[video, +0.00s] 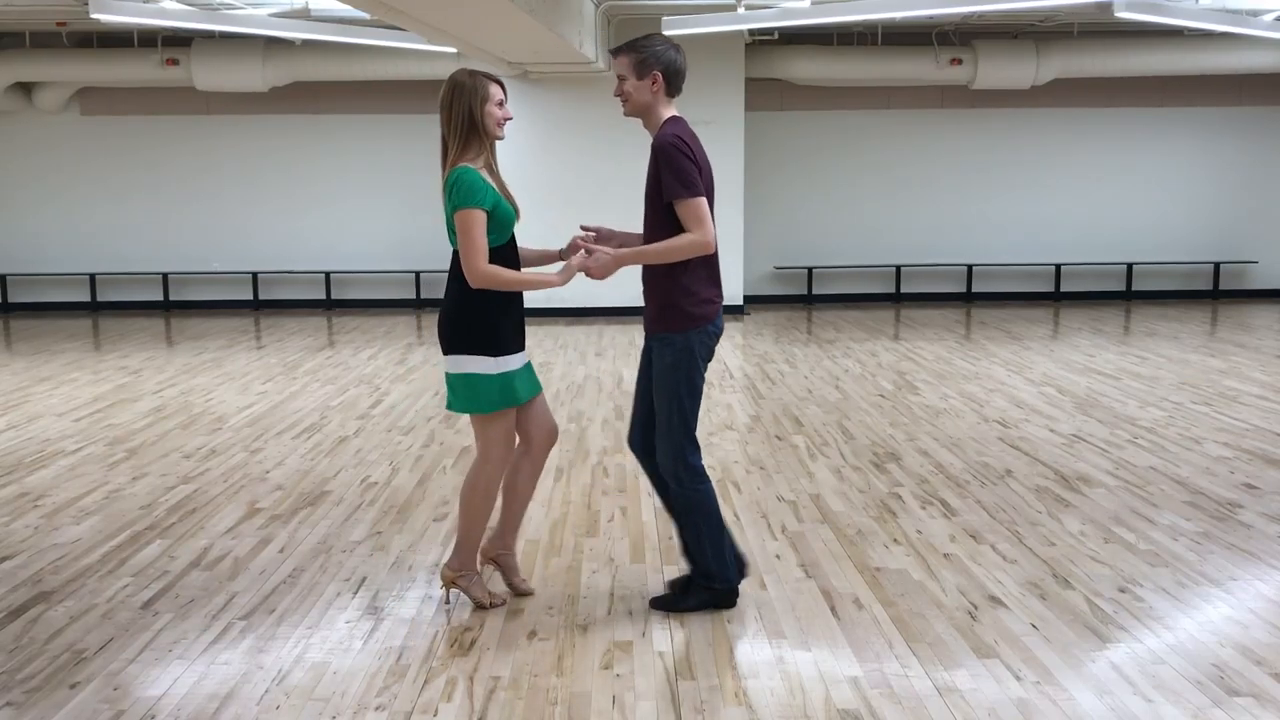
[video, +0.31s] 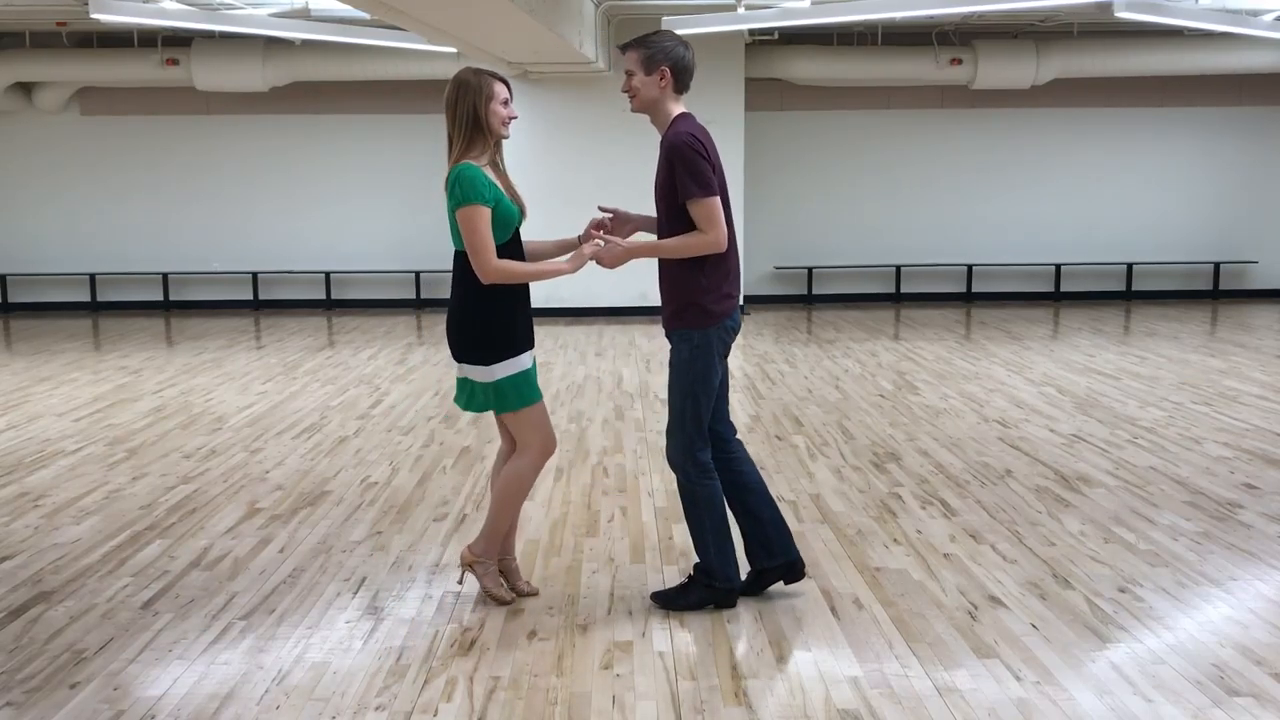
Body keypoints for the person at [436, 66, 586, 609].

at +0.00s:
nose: (507, 113)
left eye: (505, 104)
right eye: (498, 104)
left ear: (478, 113)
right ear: (472, 112)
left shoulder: (484, 174)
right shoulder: (469, 178)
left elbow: (503, 256)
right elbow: (476, 271)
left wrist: (561, 252)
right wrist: (551, 280)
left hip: (500, 332)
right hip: (475, 335)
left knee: (540, 434)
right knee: (496, 448)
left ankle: (502, 543)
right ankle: (461, 564)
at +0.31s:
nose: (511, 111)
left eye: (510, 102)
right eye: (502, 102)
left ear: (490, 111)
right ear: (476, 110)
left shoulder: (487, 171)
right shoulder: (469, 177)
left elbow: (515, 250)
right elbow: (487, 269)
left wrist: (575, 243)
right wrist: (566, 266)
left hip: (499, 326)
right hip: (489, 332)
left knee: (513, 443)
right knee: (539, 442)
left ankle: (504, 553)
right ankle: (483, 551)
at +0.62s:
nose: (502, 112)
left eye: (500, 103)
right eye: (492, 103)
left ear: (482, 109)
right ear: (466, 110)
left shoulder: (478, 174)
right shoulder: (462, 177)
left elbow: (499, 252)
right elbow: (481, 267)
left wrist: (558, 245)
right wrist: (555, 250)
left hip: (489, 332)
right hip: (469, 335)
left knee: (524, 439)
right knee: (489, 450)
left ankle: (461, 539)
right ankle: (475, 567)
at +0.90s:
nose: (480, 111)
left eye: (479, 102)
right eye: (470, 102)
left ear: (469, 111)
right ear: (442, 109)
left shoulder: (458, 172)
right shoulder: (432, 176)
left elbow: (475, 252)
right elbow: (455, 263)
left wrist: (532, 249)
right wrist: (518, 223)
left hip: (450, 328)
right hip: (442, 333)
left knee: (456, 444)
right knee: (494, 437)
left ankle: (418, 552)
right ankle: (477, 558)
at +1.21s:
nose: (455, 113)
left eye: (454, 105)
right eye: (446, 105)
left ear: (437, 113)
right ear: (421, 112)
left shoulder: (430, 173)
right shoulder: (410, 178)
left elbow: (428, 260)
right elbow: (403, 267)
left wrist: (482, 271)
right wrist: (476, 274)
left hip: (441, 329)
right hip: (421, 336)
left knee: (457, 442)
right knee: (438, 453)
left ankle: (419, 554)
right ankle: (369, 561)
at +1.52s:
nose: (445, 112)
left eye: (444, 104)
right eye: (436, 105)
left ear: (424, 113)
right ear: (410, 113)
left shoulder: (422, 174)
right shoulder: (404, 179)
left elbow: (411, 261)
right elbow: (383, 264)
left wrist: (466, 271)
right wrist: (460, 275)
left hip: (426, 336)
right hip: (400, 339)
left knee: (449, 444)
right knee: (401, 456)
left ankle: (401, 549)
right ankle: (355, 566)